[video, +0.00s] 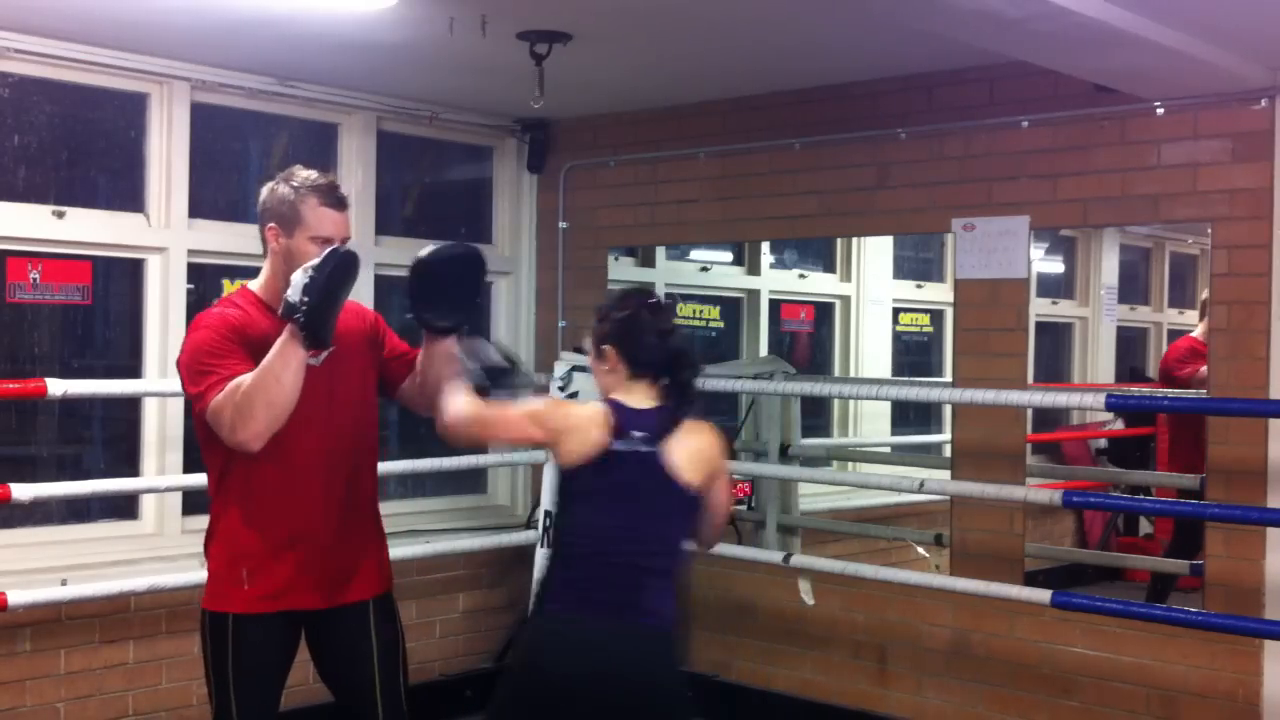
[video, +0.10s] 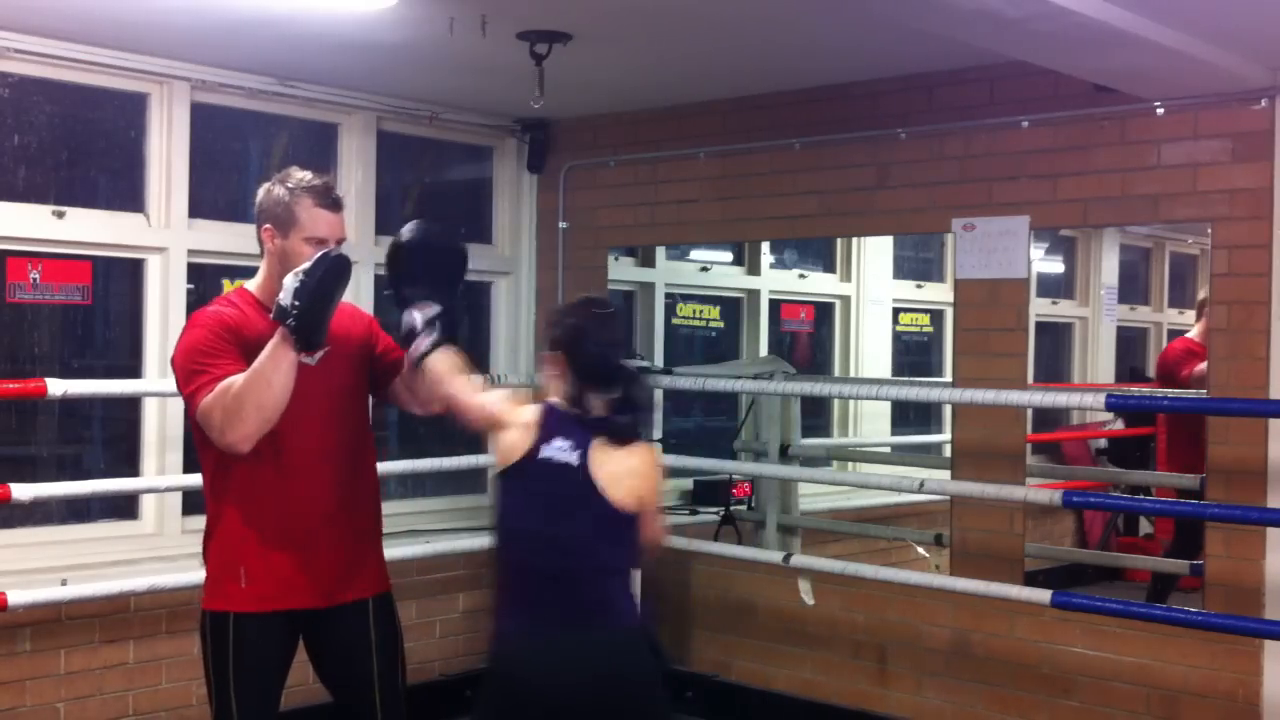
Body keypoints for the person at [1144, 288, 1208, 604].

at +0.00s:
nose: (1226, 323)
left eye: (1227, 316)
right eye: (1224, 316)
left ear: (1206, 313)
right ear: (1211, 315)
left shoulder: (1215, 351)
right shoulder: (1182, 351)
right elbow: (1210, 379)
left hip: (1213, 463)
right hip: (1191, 463)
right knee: (1186, 539)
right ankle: (1153, 607)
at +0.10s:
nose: (1221, 323)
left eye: (1222, 317)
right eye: (1219, 316)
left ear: (1206, 314)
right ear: (1205, 314)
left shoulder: (1207, 353)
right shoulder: (1177, 351)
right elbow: (1203, 376)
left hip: (1209, 464)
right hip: (1188, 466)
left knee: (1196, 539)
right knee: (1186, 541)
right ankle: (1153, 608)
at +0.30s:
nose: (1217, 320)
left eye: (1217, 313)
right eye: (1213, 313)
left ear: (1201, 314)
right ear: (1197, 313)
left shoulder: (1208, 353)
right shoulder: (1170, 351)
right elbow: (1181, 382)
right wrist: (1214, 356)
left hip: (1211, 462)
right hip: (1184, 463)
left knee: (1204, 540)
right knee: (1188, 541)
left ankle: (1214, 614)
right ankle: (1154, 607)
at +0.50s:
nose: (1213, 320)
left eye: (1213, 313)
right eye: (1208, 313)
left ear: (1194, 315)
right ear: (1188, 313)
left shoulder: (1204, 357)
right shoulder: (1164, 355)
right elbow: (1145, 406)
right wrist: (1196, 410)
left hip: (1205, 463)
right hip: (1179, 466)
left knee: (1199, 541)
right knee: (1188, 543)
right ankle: (1156, 607)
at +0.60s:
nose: (1213, 321)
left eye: (1213, 314)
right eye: (1208, 314)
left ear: (1197, 316)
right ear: (1188, 315)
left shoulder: (1207, 359)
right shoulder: (1161, 358)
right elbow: (1131, 408)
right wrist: (1175, 446)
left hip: (1210, 467)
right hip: (1180, 468)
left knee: (1207, 545)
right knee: (1188, 547)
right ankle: (1154, 613)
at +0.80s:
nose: (1209, 323)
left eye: (1212, 316)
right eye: (1203, 316)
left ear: (1215, 317)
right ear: (1186, 316)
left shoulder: (1222, 360)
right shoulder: (1154, 362)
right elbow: (1117, 409)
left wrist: (1215, 382)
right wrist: (1126, 468)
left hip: (1220, 473)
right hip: (1177, 474)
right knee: (1189, 549)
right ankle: (1153, 614)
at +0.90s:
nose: (1205, 320)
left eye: (1210, 313)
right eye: (1198, 313)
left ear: (1218, 317)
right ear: (1186, 316)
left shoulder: (1225, 362)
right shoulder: (1156, 364)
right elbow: (1121, 417)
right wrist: (1120, 471)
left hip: (1222, 474)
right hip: (1180, 475)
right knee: (1189, 549)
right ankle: (1153, 614)